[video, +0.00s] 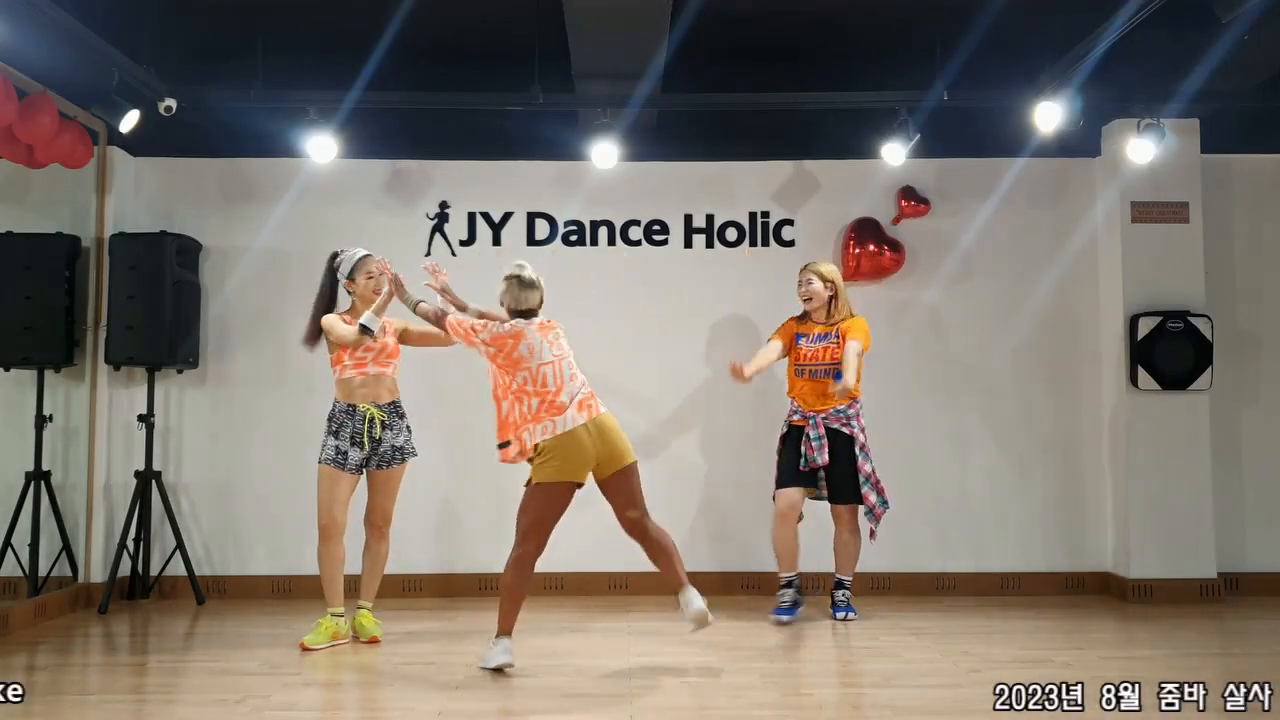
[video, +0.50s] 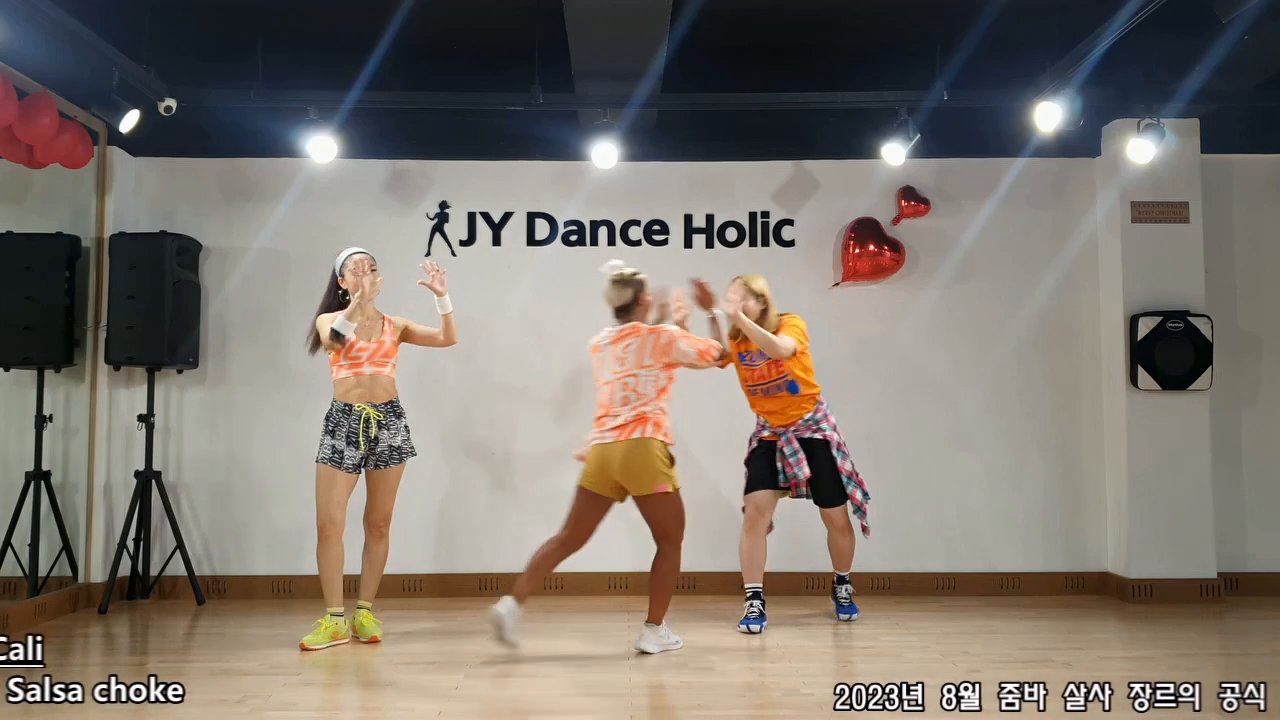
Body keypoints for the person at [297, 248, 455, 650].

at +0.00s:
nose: (380, 282)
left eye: (383, 276)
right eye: (369, 276)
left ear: (389, 284)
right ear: (349, 285)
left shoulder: (395, 326)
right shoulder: (332, 321)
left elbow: (450, 336)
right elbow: (354, 338)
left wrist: (445, 300)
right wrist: (385, 300)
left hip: (391, 424)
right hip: (345, 424)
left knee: (379, 525)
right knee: (330, 525)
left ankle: (364, 611)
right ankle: (335, 617)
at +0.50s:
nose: (364, 271)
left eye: (369, 266)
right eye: (355, 267)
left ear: (379, 278)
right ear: (342, 282)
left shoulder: (395, 324)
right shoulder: (329, 320)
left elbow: (447, 338)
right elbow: (337, 336)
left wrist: (441, 295)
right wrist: (356, 301)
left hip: (389, 422)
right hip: (343, 422)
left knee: (378, 525)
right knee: (328, 524)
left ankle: (364, 612)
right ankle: (335, 618)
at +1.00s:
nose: (369, 276)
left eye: (376, 270)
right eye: (361, 271)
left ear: (386, 279)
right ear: (350, 281)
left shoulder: (401, 320)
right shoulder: (335, 320)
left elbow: (410, 346)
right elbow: (343, 350)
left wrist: (395, 301)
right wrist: (364, 316)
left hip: (392, 423)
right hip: (346, 422)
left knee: (380, 526)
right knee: (332, 525)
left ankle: (364, 612)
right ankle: (335, 617)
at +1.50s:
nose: (367, 276)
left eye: (374, 269)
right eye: (359, 271)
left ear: (385, 278)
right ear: (349, 281)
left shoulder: (401, 321)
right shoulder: (334, 320)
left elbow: (404, 345)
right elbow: (335, 350)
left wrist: (386, 306)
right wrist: (359, 316)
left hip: (389, 423)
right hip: (344, 422)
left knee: (379, 524)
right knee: (327, 524)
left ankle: (366, 609)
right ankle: (336, 601)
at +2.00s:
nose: (344, 282)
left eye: (353, 276)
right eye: (338, 276)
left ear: (364, 287)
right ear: (328, 287)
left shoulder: (382, 326)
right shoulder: (318, 327)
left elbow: (377, 359)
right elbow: (303, 372)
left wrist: (343, 320)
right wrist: (308, 355)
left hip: (371, 425)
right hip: (328, 426)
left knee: (363, 518)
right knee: (326, 520)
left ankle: (365, 605)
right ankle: (341, 604)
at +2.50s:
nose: (312, 296)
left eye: (321, 288)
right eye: (307, 290)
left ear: (338, 295)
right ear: (302, 299)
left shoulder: (360, 331)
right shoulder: (309, 341)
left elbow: (407, 332)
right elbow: (267, 363)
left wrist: (367, 334)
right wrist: (270, 349)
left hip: (373, 434)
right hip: (333, 437)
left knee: (352, 520)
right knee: (323, 523)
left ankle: (367, 594)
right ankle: (341, 604)